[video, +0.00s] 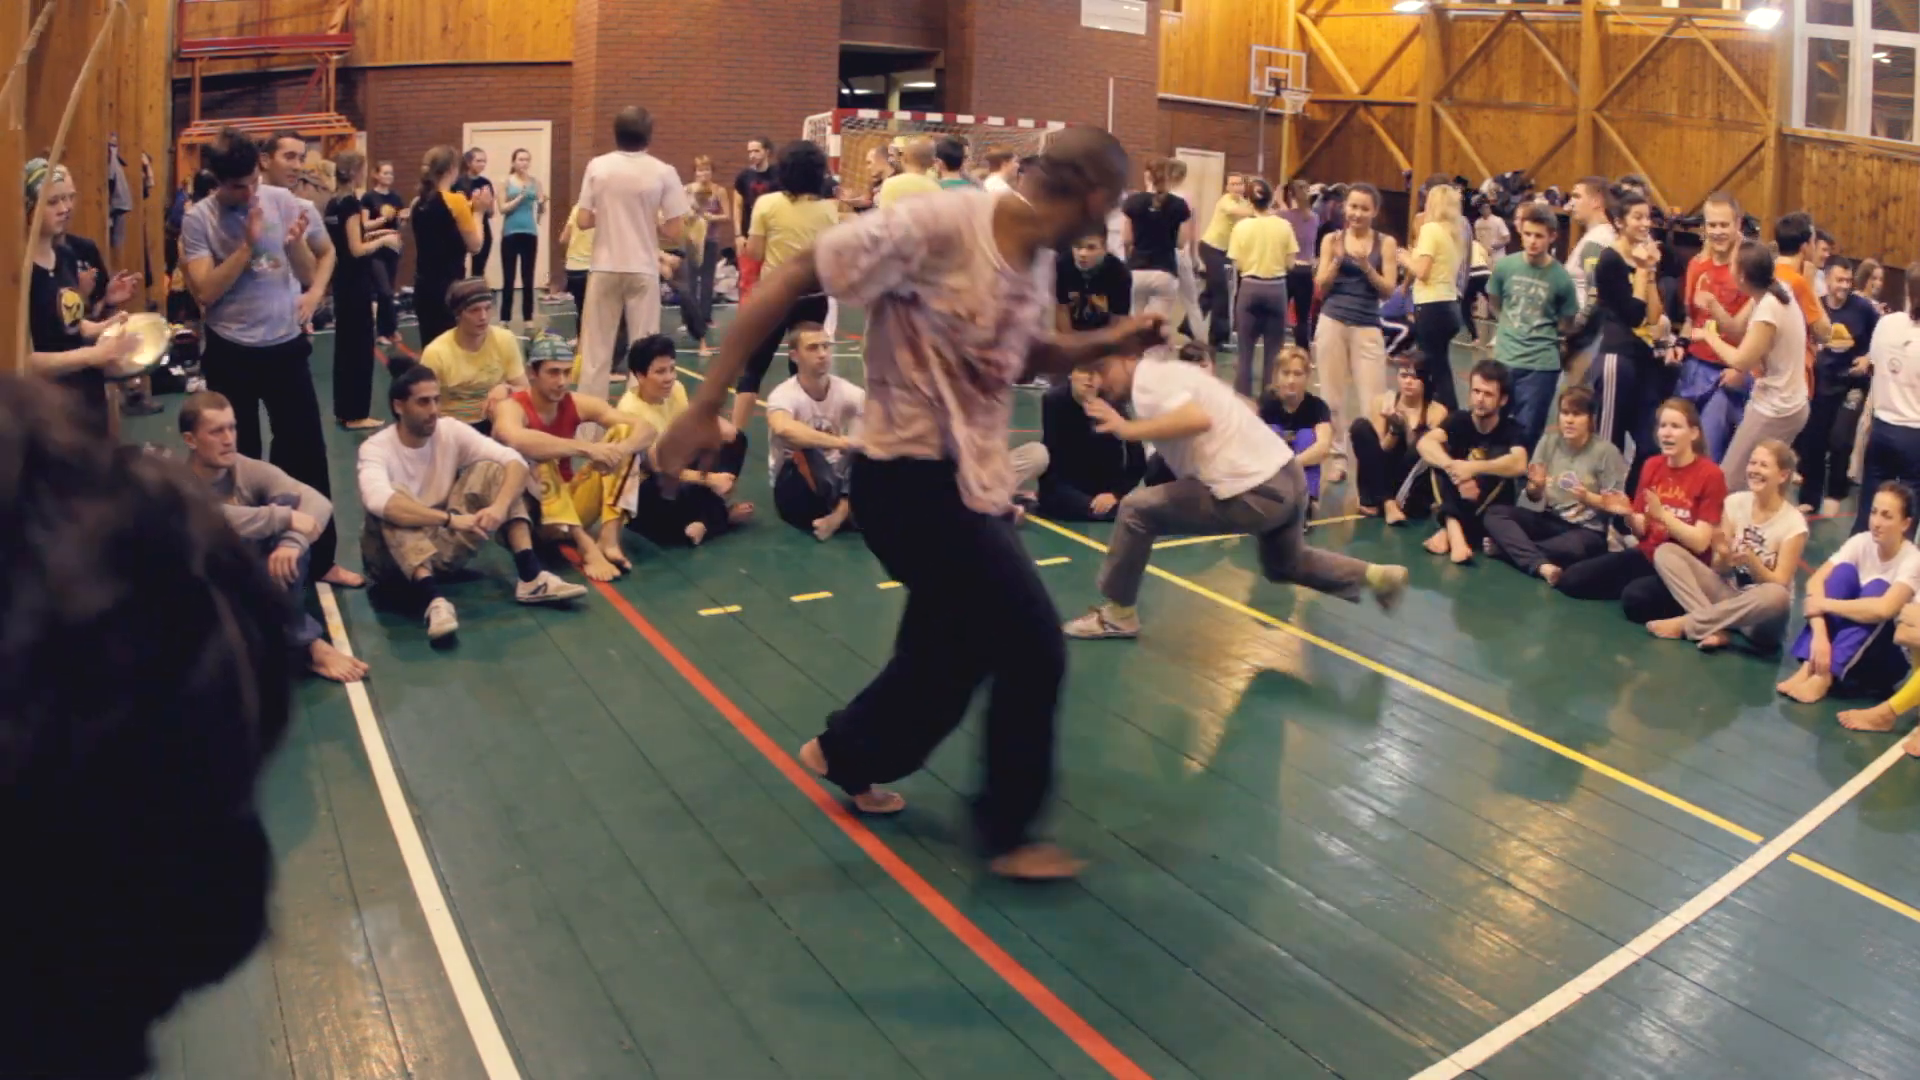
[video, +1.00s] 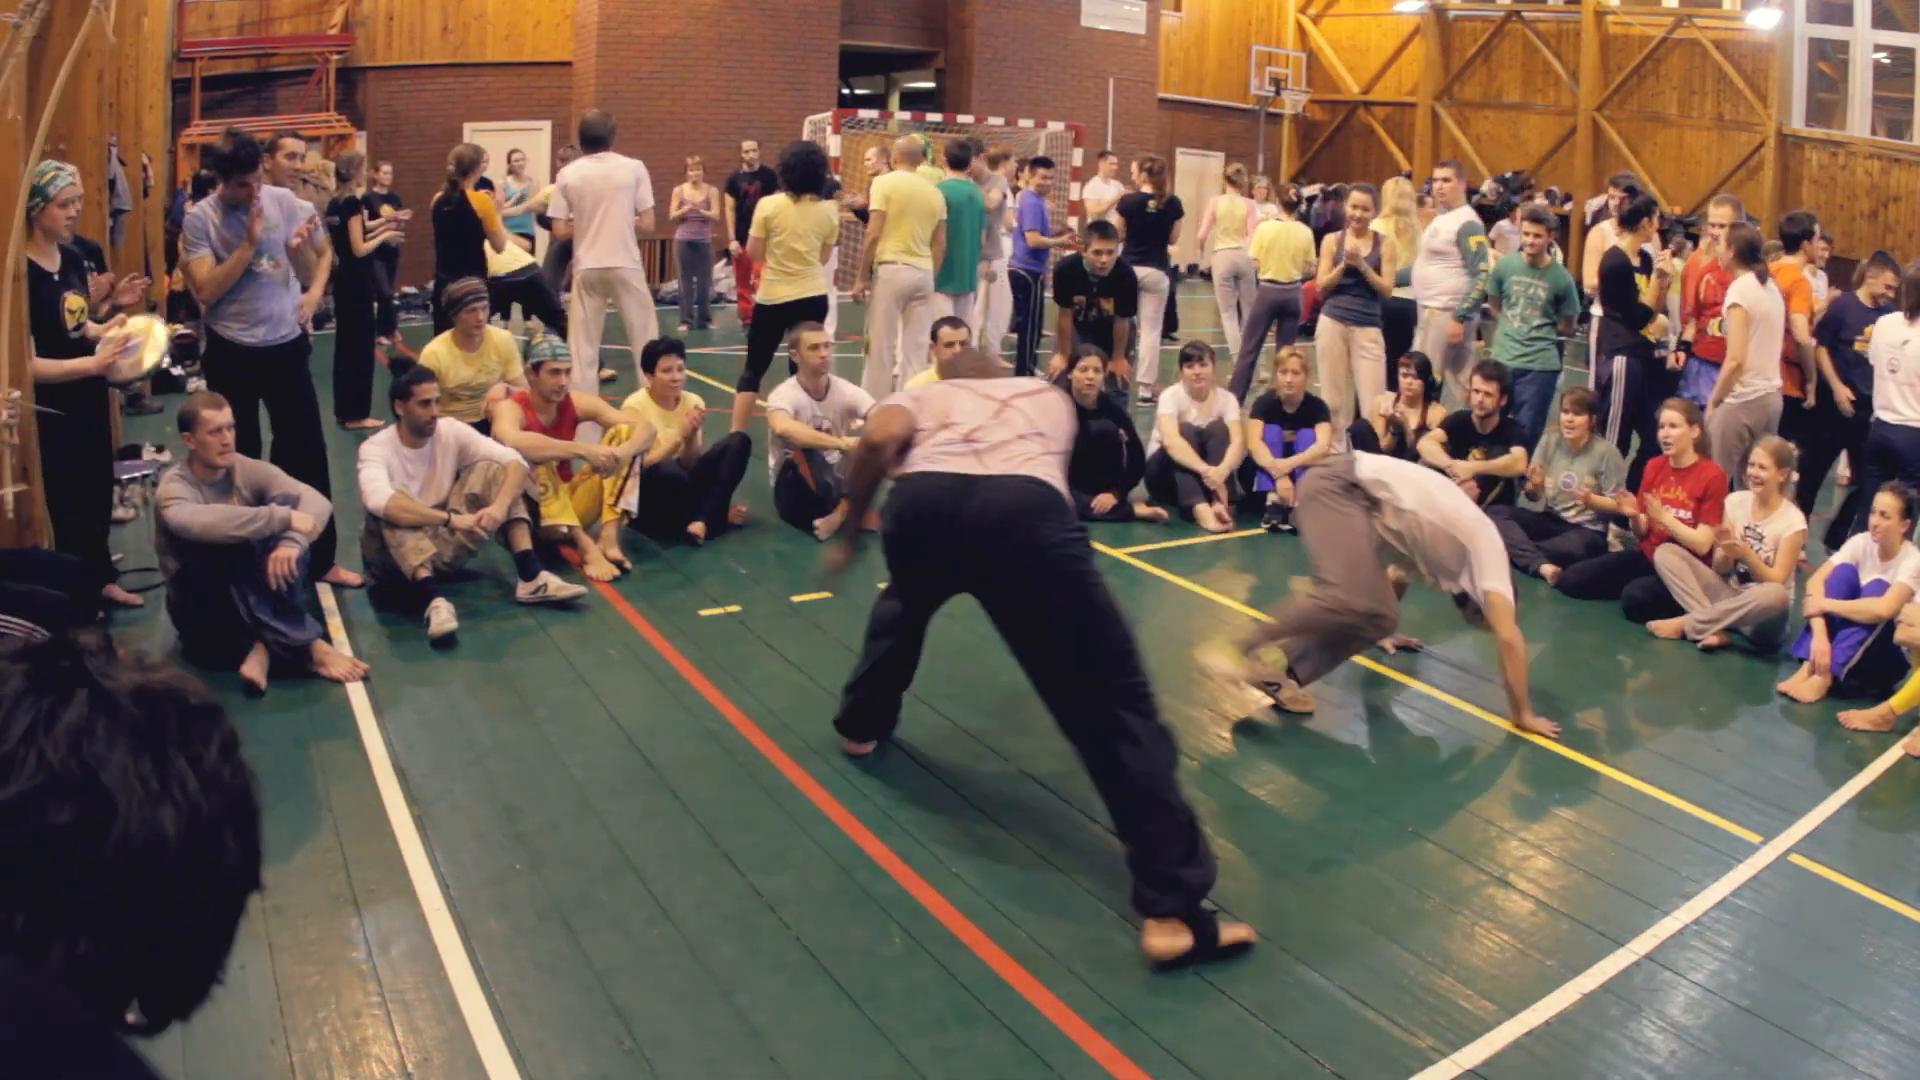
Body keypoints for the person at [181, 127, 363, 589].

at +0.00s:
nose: (245, 194)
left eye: (250, 184)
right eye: (235, 187)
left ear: (258, 174)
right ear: (215, 181)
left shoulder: (285, 203)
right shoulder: (199, 217)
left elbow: (323, 259)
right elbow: (204, 293)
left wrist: (315, 292)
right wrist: (248, 245)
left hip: (285, 347)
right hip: (228, 350)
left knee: (305, 454)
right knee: (238, 456)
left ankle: (320, 563)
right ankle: (247, 565)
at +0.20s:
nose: (242, 192)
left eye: (248, 183)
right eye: (233, 185)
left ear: (258, 172)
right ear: (214, 179)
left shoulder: (283, 204)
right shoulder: (199, 216)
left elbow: (307, 273)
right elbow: (204, 290)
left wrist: (288, 244)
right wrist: (258, 251)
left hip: (285, 347)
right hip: (229, 349)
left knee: (305, 452)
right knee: (238, 455)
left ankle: (320, 563)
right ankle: (247, 563)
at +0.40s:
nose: (246, 192)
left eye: (251, 182)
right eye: (236, 185)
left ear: (260, 172)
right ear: (216, 180)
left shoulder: (286, 203)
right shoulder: (199, 216)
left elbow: (319, 263)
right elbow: (204, 291)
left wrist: (314, 290)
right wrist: (253, 247)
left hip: (286, 346)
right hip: (228, 349)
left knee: (306, 452)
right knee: (239, 455)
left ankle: (320, 562)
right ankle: (247, 565)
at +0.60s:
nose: (246, 191)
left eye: (251, 181)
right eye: (236, 184)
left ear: (260, 172)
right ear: (217, 179)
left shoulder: (284, 203)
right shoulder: (200, 216)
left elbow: (310, 275)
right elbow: (204, 291)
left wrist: (294, 248)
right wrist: (253, 245)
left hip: (285, 346)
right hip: (228, 350)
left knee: (305, 452)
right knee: (238, 456)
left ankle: (320, 563)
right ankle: (247, 565)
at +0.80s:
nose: (249, 191)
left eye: (254, 181)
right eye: (239, 184)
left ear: (262, 172)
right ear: (217, 179)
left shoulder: (282, 202)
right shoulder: (200, 216)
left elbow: (306, 273)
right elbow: (206, 290)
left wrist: (285, 239)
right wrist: (260, 252)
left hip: (286, 346)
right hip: (229, 349)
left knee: (305, 452)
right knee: (238, 454)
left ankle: (320, 562)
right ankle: (246, 564)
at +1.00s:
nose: (252, 192)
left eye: (256, 182)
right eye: (242, 185)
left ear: (263, 173)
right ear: (219, 180)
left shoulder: (285, 203)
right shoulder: (200, 217)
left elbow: (319, 262)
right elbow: (205, 292)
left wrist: (313, 290)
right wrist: (249, 244)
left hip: (286, 346)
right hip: (229, 349)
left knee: (305, 452)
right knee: (238, 454)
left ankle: (320, 562)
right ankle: (246, 564)